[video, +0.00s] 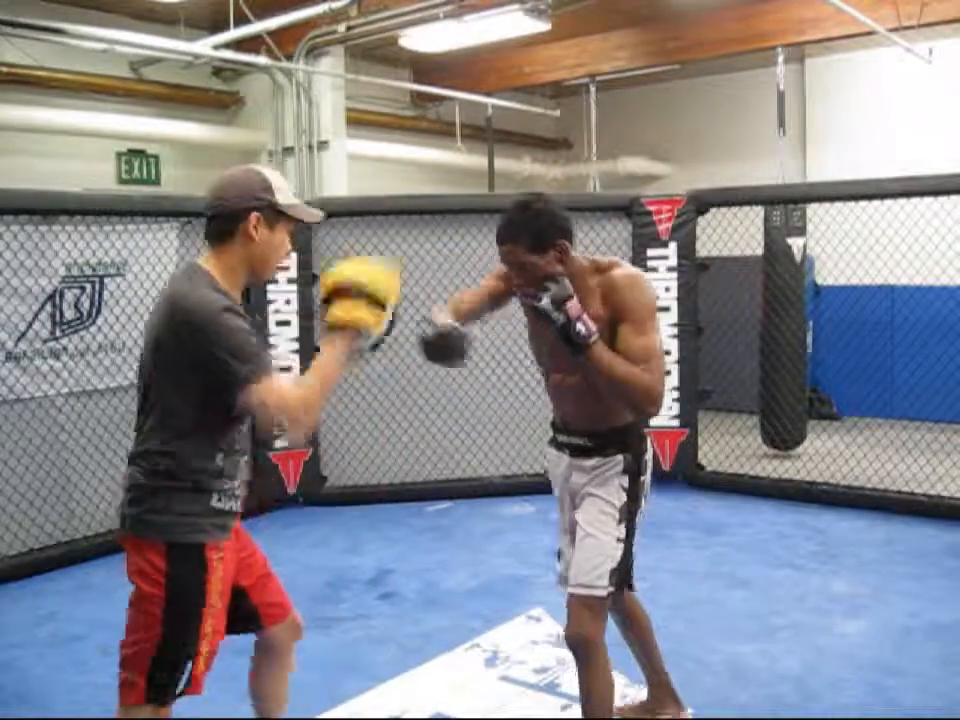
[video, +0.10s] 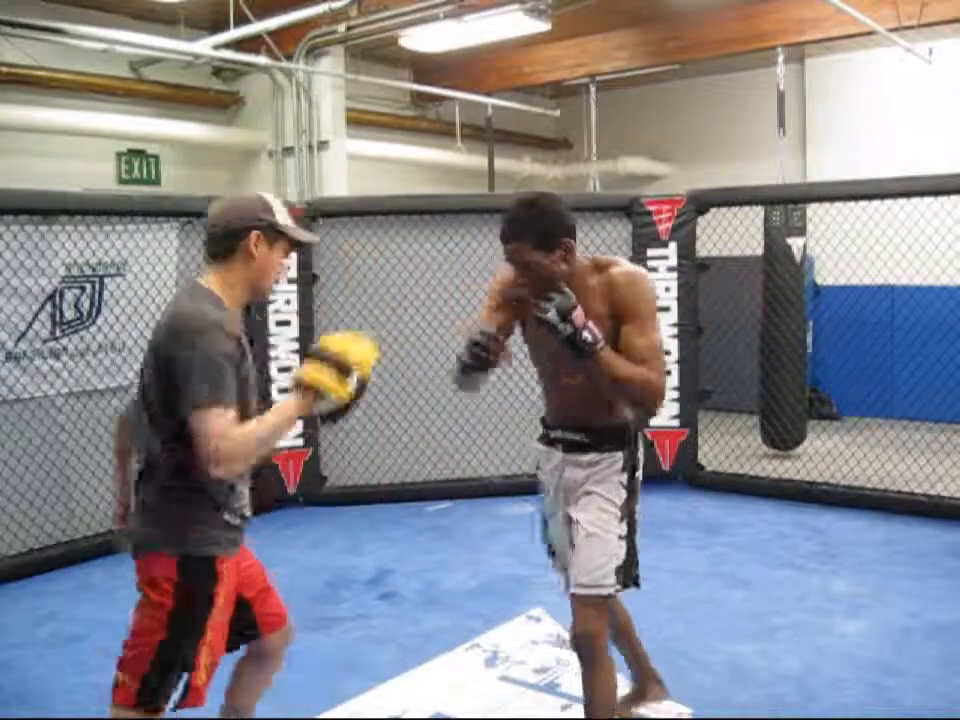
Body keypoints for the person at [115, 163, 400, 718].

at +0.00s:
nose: (291, 246)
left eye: (292, 233)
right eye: (286, 230)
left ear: (248, 228)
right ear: (252, 228)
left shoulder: (215, 299)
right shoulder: (203, 311)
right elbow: (294, 415)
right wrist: (342, 336)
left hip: (210, 520)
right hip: (176, 527)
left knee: (280, 631)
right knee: (149, 699)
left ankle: (271, 714)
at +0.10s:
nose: (286, 267)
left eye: (289, 254)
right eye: (283, 252)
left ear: (246, 246)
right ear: (252, 245)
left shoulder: (215, 316)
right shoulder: (204, 326)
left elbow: (130, 425)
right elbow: (221, 454)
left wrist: (126, 502)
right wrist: (302, 400)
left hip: (213, 535)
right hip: (186, 541)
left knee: (270, 638)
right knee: (141, 703)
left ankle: (232, 714)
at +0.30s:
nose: (312, 263)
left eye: (315, 249)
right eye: (310, 247)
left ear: (268, 239)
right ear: (284, 238)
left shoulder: (205, 297)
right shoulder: (264, 303)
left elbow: (152, 399)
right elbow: (232, 405)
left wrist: (154, 483)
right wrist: (319, 429)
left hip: (187, 509)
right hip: (228, 516)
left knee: (222, 664)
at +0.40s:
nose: (335, 260)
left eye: (338, 249)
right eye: (334, 247)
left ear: (276, 236)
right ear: (310, 236)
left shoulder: (223, 289)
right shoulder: (293, 294)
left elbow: (187, 399)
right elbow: (277, 395)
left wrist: (290, 421)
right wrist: (350, 425)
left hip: (196, 499)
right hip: (258, 502)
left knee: (209, 643)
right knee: (331, 633)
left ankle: (196, 716)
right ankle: (275, 711)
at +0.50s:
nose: (356, 271)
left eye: (360, 259)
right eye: (356, 256)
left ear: (303, 245)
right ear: (333, 246)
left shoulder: (239, 298)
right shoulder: (324, 304)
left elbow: (228, 395)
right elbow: (326, 408)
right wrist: (384, 428)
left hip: (220, 492)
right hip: (288, 496)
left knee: (204, 641)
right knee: (375, 606)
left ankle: (188, 715)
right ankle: (351, 711)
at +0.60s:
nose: (386, 280)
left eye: (389, 269)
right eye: (387, 267)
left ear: (338, 256)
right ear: (367, 257)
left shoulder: (279, 303)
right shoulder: (363, 317)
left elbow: (297, 397)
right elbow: (378, 425)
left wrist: (393, 422)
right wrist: (428, 435)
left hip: (258, 491)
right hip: (324, 496)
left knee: (239, 630)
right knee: (401, 599)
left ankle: (210, 715)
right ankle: (410, 704)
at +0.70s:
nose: (426, 279)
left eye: (430, 268)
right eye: (428, 267)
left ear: (375, 254)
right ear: (409, 257)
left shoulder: (318, 302)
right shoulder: (401, 317)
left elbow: (311, 389)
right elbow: (411, 423)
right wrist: (458, 436)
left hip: (301, 484)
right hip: (361, 489)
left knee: (297, 617)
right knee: (432, 592)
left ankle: (241, 706)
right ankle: (416, 705)